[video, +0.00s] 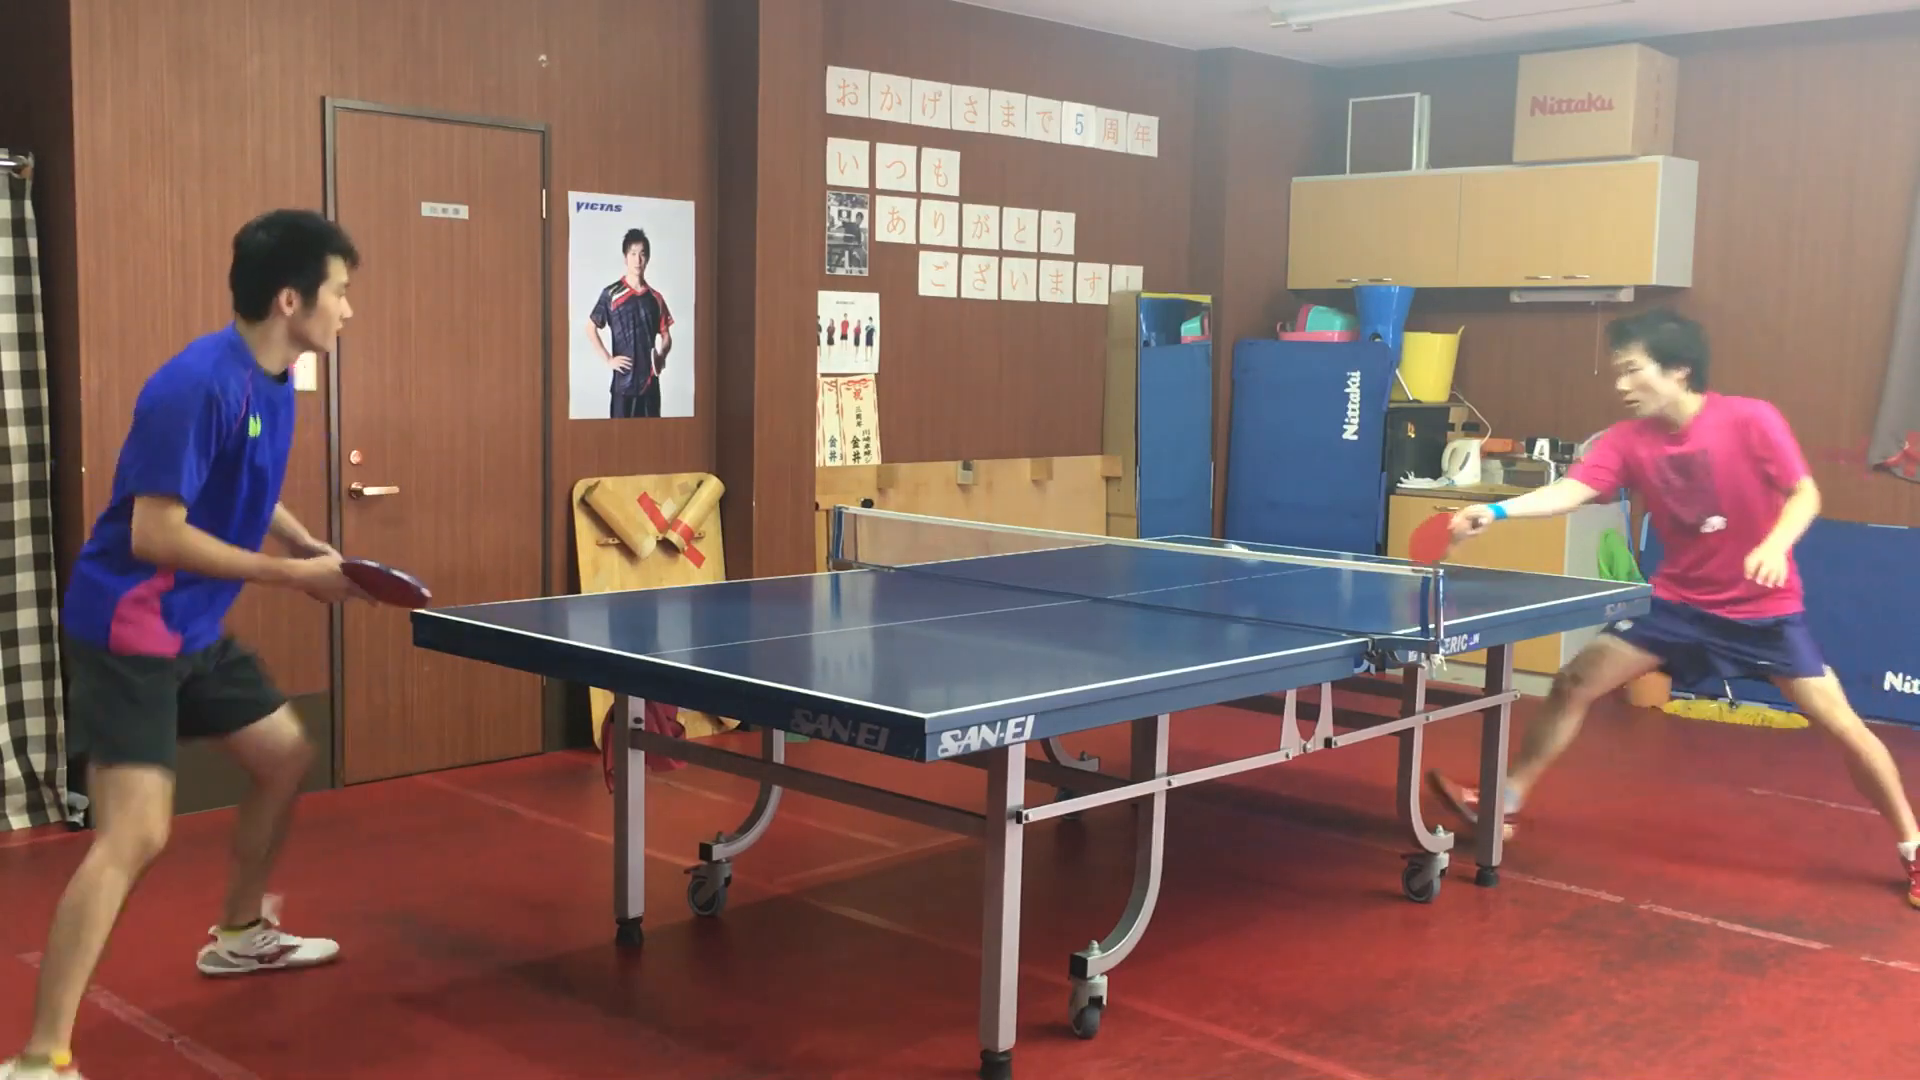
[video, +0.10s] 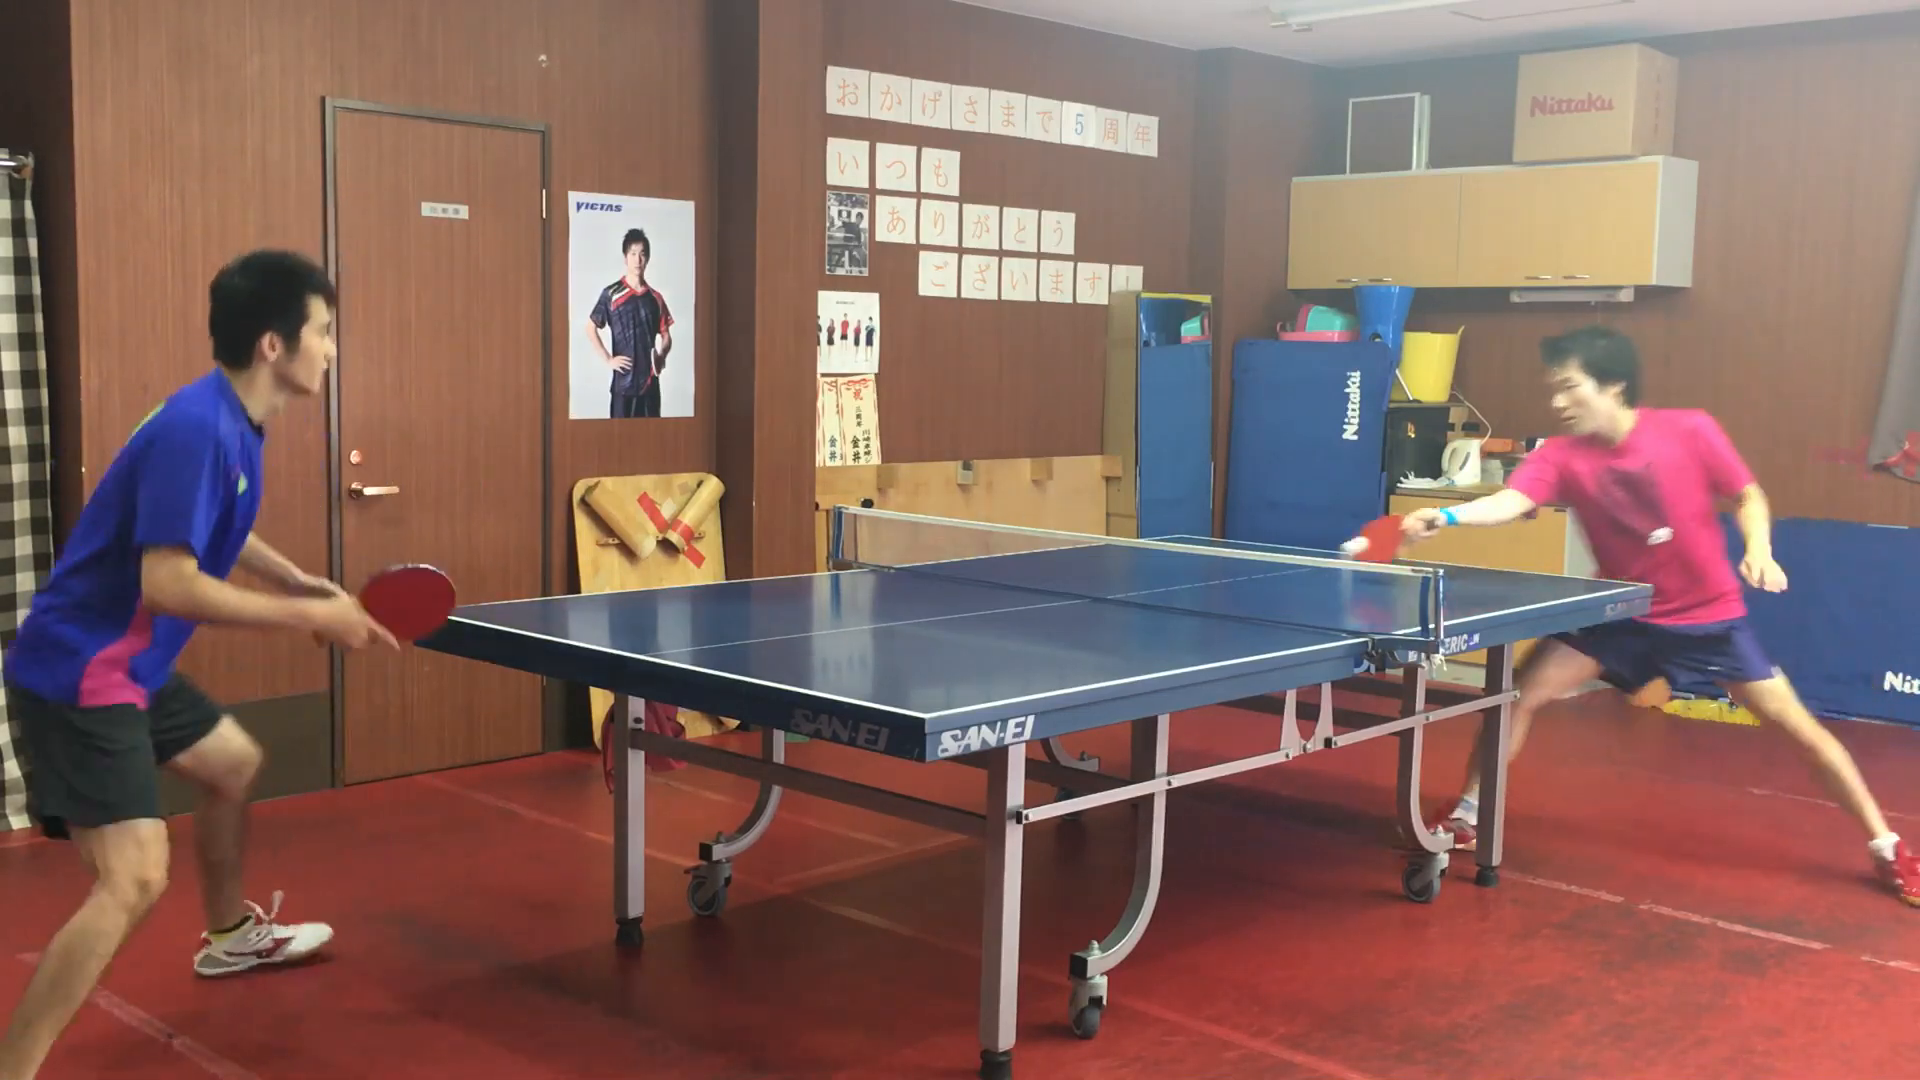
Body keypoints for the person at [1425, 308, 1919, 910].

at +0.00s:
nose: (1621, 383)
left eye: (1631, 369)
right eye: (1617, 372)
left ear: (1679, 372)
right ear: (1631, 379)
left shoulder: (1751, 421)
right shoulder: (1628, 442)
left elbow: (1806, 495)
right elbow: (1567, 493)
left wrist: (1774, 545)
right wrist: (1493, 510)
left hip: (1765, 613)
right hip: (1677, 605)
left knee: (1840, 724)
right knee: (1574, 681)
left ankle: (1911, 842)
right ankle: (1504, 803)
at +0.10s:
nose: (1555, 400)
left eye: (1566, 386)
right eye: (1551, 388)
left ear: (1613, 386)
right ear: (1580, 393)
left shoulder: (1690, 432)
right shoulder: (1562, 457)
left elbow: (1748, 499)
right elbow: (1510, 503)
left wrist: (1758, 549)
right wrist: (1440, 516)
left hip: (1712, 620)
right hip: (1628, 620)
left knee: (1792, 722)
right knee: (1528, 687)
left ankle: (1887, 843)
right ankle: (1464, 819)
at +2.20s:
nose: (1435, 362)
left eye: (1446, 353)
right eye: (1431, 353)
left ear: (1473, 360)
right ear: (1428, 357)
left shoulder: (1481, 397)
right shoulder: (1460, 401)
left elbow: (1545, 432)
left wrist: (1611, 460)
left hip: (1500, 550)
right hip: (1460, 541)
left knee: (1513, 647)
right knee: (1399, 599)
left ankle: (1627, 676)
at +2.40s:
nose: (1399, 327)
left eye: (1412, 319)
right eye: (1397, 317)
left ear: (1437, 330)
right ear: (1392, 319)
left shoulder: (1447, 365)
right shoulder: (1414, 372)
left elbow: (1506, 405)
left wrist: (1566, 442)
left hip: (1439, 512)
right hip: (1405, 507)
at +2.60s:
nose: (1365, 318)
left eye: (1379, 312)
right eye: (1364, 308)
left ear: (1402, 327)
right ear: (1360, 310)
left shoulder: (1406, 364)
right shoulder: (1374, 363)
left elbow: (1454, 413)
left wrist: (1504, 461)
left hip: (1380, 515)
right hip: (1350, 508)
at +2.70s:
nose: (1349, 318)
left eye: (1364, 314)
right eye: (1349, 308)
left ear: (1384, 329)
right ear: (1343, 309)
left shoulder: (1385, 369)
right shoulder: (1349, 366)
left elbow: (1429, 424)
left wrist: (1474, 477)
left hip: (1351, 521)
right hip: (1320, 513)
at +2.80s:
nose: (1334, 314)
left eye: (1349, 311)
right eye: (1333, 303)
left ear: (1368, 325)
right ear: (1326, 306)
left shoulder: (1362, 363)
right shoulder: (1330, 360)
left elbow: (1399, 428)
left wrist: (1432, 488)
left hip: (1328, 514)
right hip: (1296, 505)